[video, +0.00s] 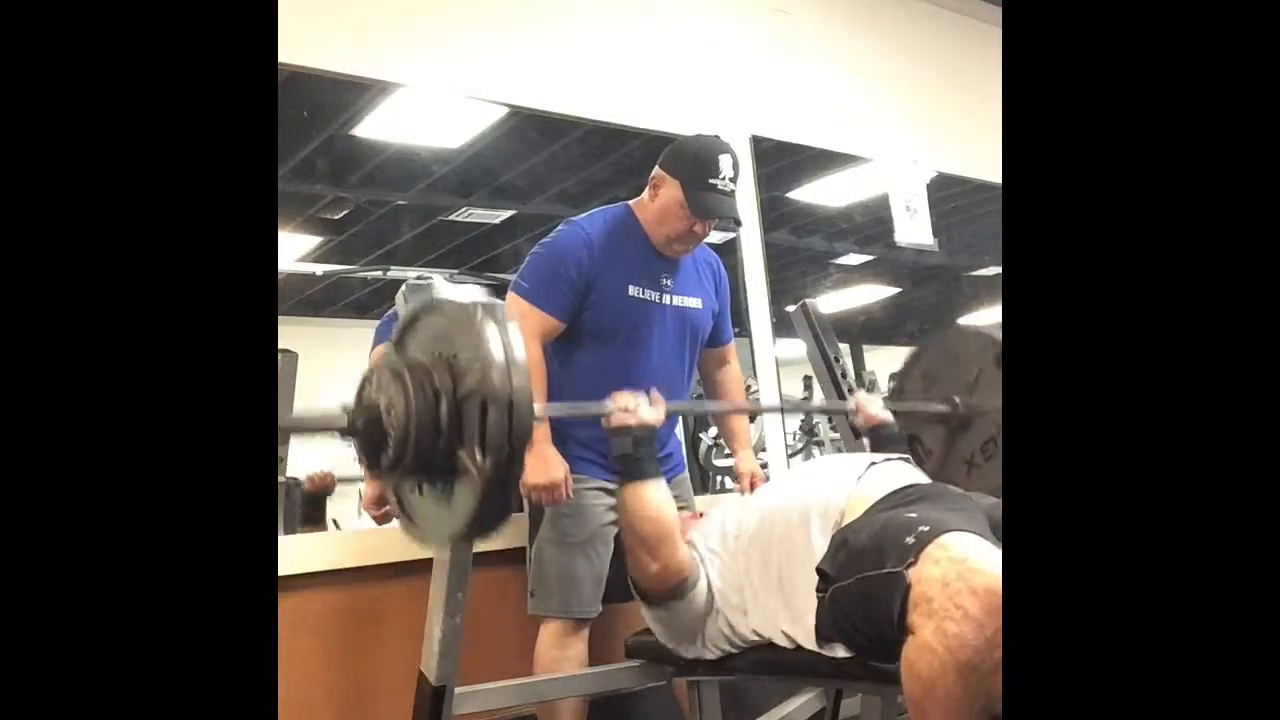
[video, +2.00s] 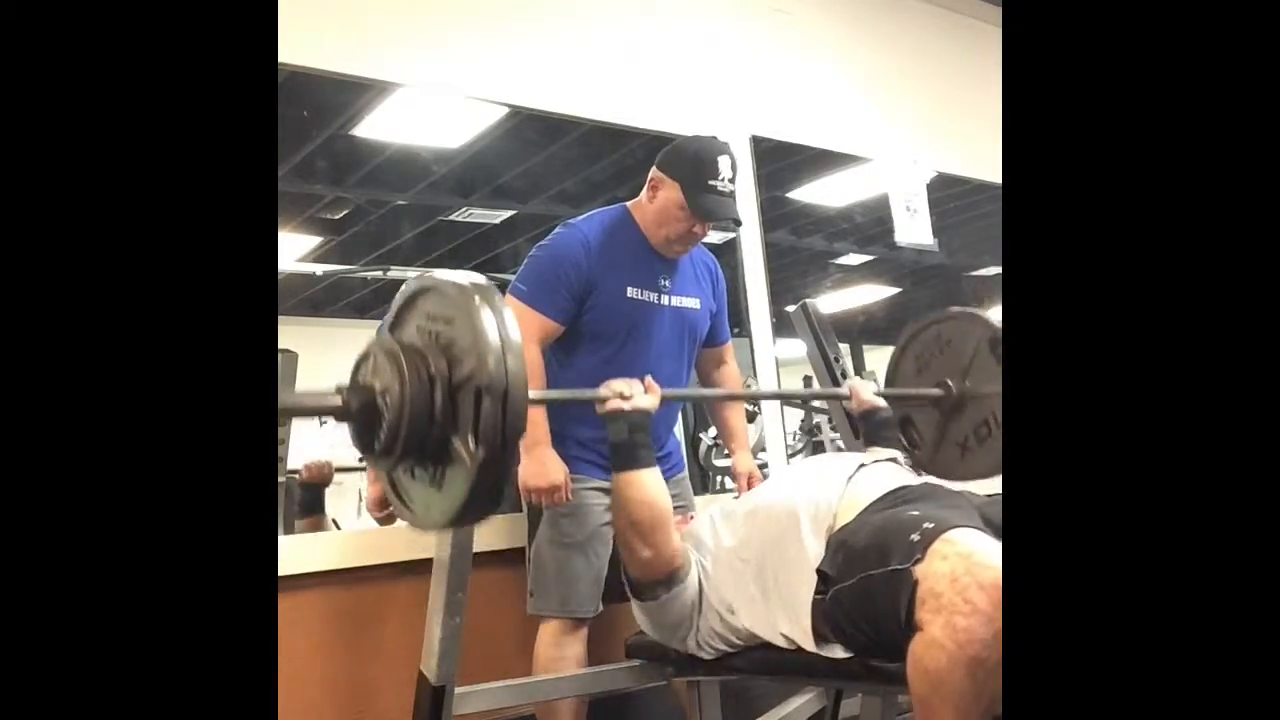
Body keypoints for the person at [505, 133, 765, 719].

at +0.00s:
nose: (704, 228)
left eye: (713, 218)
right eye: (695, 211)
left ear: (722, 215)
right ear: (656, 187)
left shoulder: (709, 270)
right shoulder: (580, 245)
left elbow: (721, 365)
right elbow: (520, 337)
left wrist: (743, 451)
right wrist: (537, 443)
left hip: (662, 471)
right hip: (580, 467)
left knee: (648, 611)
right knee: (570, 620)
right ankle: (564, 717)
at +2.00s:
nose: (702, 230)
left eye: (712, 220)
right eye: (694, 213)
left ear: (721, 216)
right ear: (655, 187)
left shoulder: (705, 271)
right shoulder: (578, 248)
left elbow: (720, 366)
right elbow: (519, 340)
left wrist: (740, 449)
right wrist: (535, 445)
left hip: (662, 470)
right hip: (580, 469)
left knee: (669, 612)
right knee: (568, 621)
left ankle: (657, 715)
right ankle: (562, 717)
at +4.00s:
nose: (708, 229)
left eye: (716, 218)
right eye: (699, 212)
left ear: (724, 215)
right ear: (659, 185)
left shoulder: (709, 271)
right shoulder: (582, 247)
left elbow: (722, 364)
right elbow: (523, 340)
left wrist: (744, 450)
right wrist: (540, 447)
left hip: (663, 468)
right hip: (580, 466)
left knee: (651, 609)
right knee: (569, 621)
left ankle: (617, 712)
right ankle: (561, 717)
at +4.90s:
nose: (707, 232)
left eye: (716, 222)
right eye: (699, 216)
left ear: (724, 218)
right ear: (660, 189)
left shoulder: (708, 271)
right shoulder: (581, 249)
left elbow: (721, 367)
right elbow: (524, 345)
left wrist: (743, 451)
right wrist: (548, 454)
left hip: (659, 467)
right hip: (579, 468)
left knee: (663, 616)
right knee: (569, 619)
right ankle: (564, 716)